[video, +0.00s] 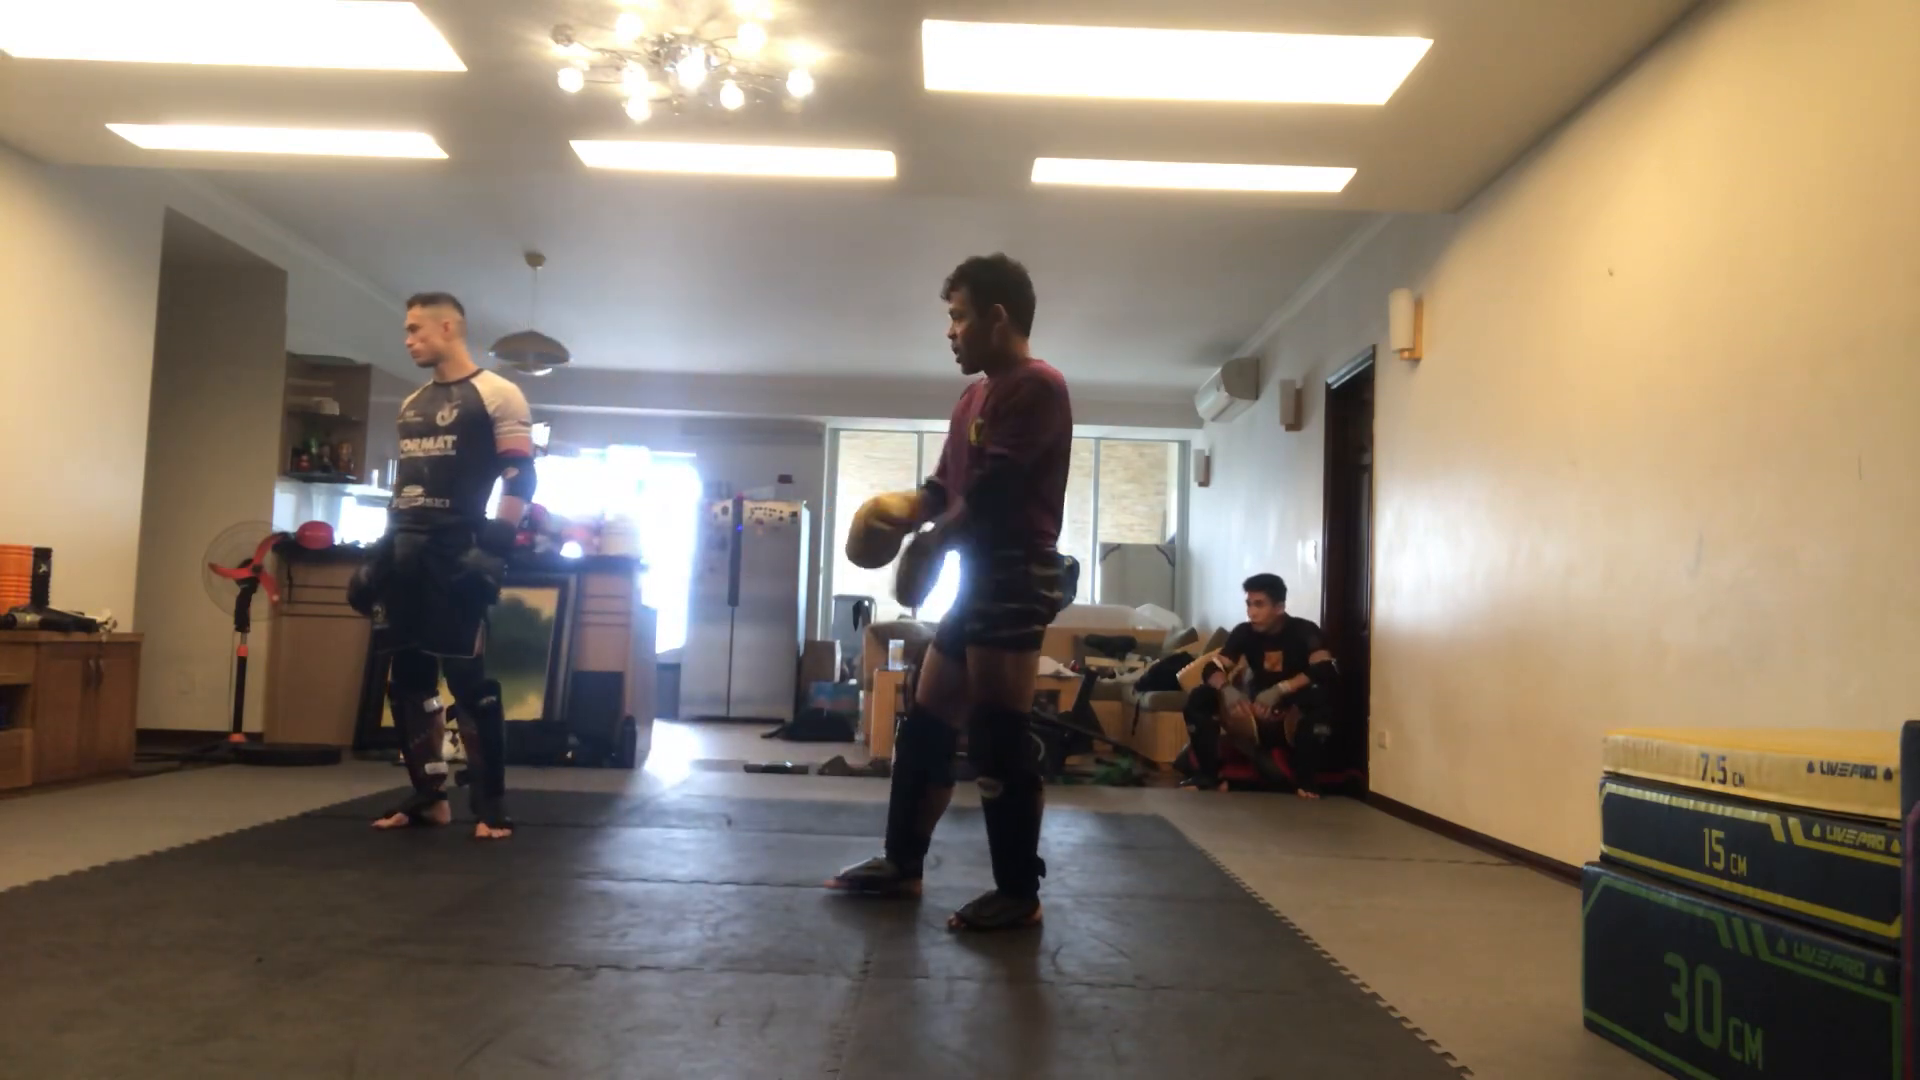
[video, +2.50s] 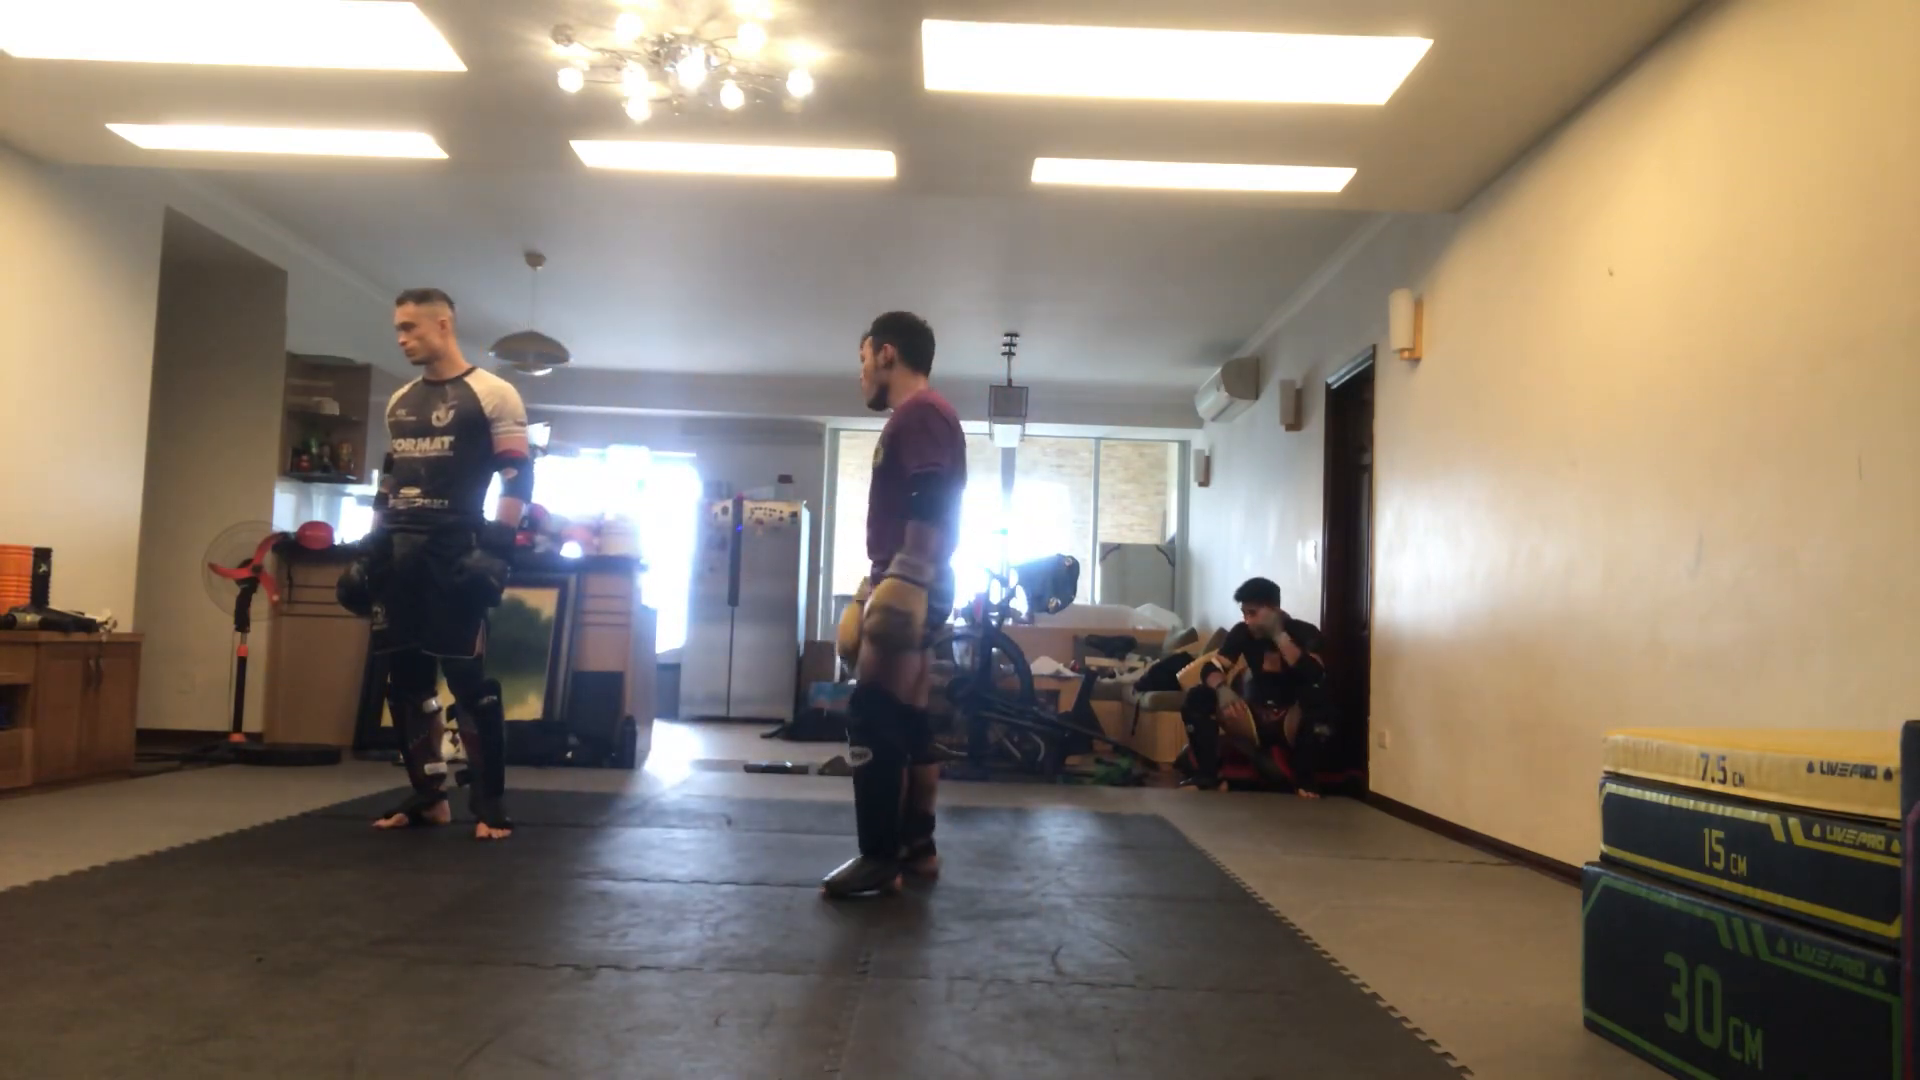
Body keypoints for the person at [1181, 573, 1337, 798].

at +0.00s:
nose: (1251, 612)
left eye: (1258, 605)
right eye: (1249, 605)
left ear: (1279, 607)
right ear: (1245, 604)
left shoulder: (1304, 630)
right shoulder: (1244, 633)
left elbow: (1325, 668)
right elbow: (1212, 669)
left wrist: (1279, 690)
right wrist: (1228, 692)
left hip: (1292, 717)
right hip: (1251, 716)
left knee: (1317, 702)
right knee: (1199, 699)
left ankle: (1306, 782)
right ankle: (1209, 776)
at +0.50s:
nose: (1250, 610)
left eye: (1257, 603)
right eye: (1248, 603)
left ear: (1279, 605)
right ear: (1245, 603)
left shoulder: (1303, 631)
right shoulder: (1242, 632)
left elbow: (1324, 667)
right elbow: (1211, 669)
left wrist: (1277, 691)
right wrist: (1224, 689)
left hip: (1294, 708)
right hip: (1252, 708)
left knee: (1317, 704)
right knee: (1197, 699)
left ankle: (1307, 781)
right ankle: (1208, 775)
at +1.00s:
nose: (1250, 613)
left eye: (1257, 607)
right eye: (1248, 606)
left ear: (1278, 611)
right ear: (1245, 604)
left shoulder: (1302, 631)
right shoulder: (1242, 632)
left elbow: (1324, 668)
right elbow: (1212, 668)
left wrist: (1277, 691)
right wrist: (1223, 690)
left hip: (1293, 713)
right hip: (1254, 712)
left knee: (1316, 701)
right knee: (1198, 698)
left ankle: (1306, 781)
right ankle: (1208, 776)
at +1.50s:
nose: (1250, 614)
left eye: (1258, 608)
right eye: (1249, 606)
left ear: (1279, 611)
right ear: (1246, 604)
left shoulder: (1303, 631)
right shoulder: (1242, 631)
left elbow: (1325, 668)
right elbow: (1212, 669)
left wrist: (1278, 691)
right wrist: (1224, 691)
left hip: (1294, 711)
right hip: (1253, 711)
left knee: (1318, 702)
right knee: (1198, 698)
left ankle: (1306, 782)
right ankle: (1208, 776)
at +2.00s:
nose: (1248, 614)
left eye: (1256, 608)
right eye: (1247, 606)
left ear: (1278, 611)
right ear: (1245, 604)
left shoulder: (1302, 631)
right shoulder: (1241, 632)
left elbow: (1327, 668)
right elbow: (1212, 668)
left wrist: (1282, 690)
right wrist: (1223, 689)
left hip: (1294, 718)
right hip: (1253, 718)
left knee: (1321, 700)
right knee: (1198, 698)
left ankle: (1306, 781)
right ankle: (1208, 776)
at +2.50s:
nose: (1246, 620)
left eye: (1251, 613)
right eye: (1244, 613)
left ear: (1274, 608)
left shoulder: (1306, 633)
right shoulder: (1243, 632)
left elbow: (1312, 676)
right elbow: (1211, 668)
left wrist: (1279, 635)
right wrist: (1223, 689)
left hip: (1293, 720)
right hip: (1251, 720)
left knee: (1319, 703)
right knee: (1198, 698)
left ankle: (1306, 782)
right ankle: (1208, 777)